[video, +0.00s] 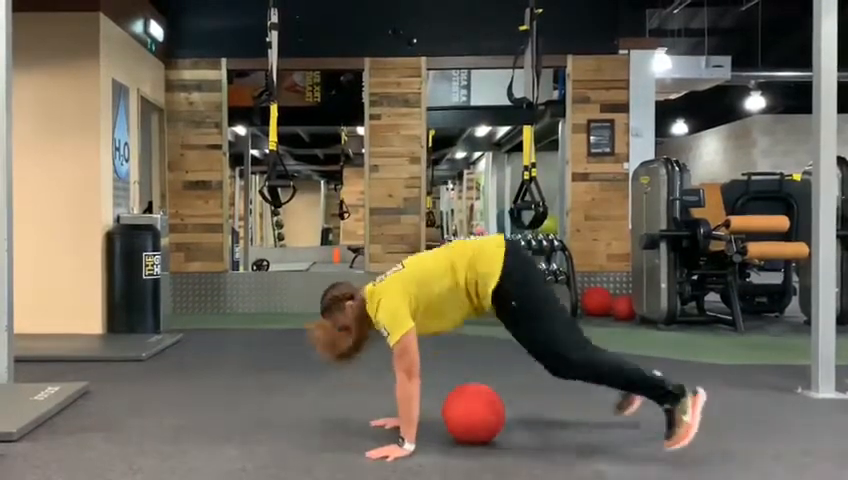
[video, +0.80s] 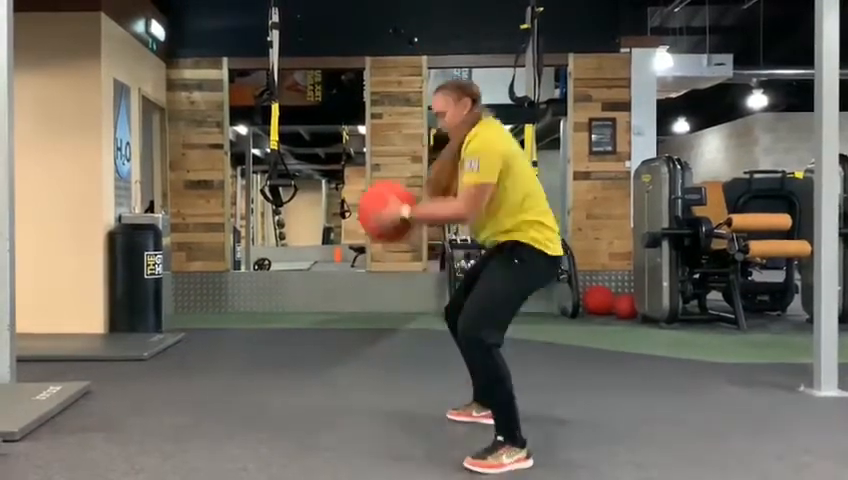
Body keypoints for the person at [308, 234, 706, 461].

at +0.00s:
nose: (348, 334)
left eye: (342, 328)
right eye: (341, 329)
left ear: (348, 313)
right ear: (352, 300)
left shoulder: (387, 299)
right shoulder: (385, 293)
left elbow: (408, 373)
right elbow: (408, 367)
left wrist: (408, 442)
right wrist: (405, 420)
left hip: (503, 269)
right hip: (497, 274)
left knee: (570, 358)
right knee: (562, 356)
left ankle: (679, 398)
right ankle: (635, 380)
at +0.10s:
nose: (362, 330)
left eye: (359, 322)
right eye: (357, 325)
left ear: (371, 305)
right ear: (372, 299)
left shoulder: (407, 300)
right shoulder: (399, 293)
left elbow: (416, 375)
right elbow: (416, 367)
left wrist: (408, 442)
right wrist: (408, 418)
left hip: (510, 236)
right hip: (491, 249)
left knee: (519, 342)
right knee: (500, 334)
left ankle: (622, 392)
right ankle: (578, 377)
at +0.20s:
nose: (380, 327)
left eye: (377, 317)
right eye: (373, 321)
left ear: (386, 295)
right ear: (387, 292)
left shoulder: (417, 292)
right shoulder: (409, 287)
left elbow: (424, 372)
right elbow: (420, 364)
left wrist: (407, 435)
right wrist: (407, 415)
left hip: (530, 239)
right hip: (515, 240)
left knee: (484, 325)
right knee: (474, 322)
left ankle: (543, 426)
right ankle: (511, 398)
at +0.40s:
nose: (377, 269)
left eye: (376, 261)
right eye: (372, 263)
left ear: (392, 245)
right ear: (392, 245)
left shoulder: (429, 273)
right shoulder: (422, 264)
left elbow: (465, 329)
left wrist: (477, 406)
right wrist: (474, 399)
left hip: (535, 314)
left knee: (452, 345)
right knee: (437, 328)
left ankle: (510, 446)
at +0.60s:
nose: (393, 209)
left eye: (397, 201)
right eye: (393, 202)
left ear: (419, 197)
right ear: (420, 198)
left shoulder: (444, 233)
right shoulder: (440, 229)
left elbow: (479, 292)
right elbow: (462, 299)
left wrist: (458, 359)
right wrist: (455, 357)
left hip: (541, 288)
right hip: (526, 285)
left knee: (466, 335)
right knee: (449, 316)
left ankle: (509, 445)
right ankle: (483, 403)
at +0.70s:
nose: (415, 167)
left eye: (418, 158)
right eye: (413, 159)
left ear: (441, 151)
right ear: (440, 152)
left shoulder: (462, 190)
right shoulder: (452, 190)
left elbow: (480, 262)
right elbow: (455, 257)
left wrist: (434, 301)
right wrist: (426, 291)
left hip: (541, 266)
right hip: (518, 263)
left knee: (475, 333)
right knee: (456, 314)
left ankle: (511, 445)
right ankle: (484, 402)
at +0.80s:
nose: (438, 122)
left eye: (442, 113)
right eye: (436, 115)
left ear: (467, 106)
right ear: (464, 107)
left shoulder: (485, 139)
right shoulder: (471, 142)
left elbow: (468, 208)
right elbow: (455, 202)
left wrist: (409, 212)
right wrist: (408, 213)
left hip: (530, 247)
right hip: (507, 246)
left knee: (476, 330)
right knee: (457, 316)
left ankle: (512, 443)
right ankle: (486, 403)